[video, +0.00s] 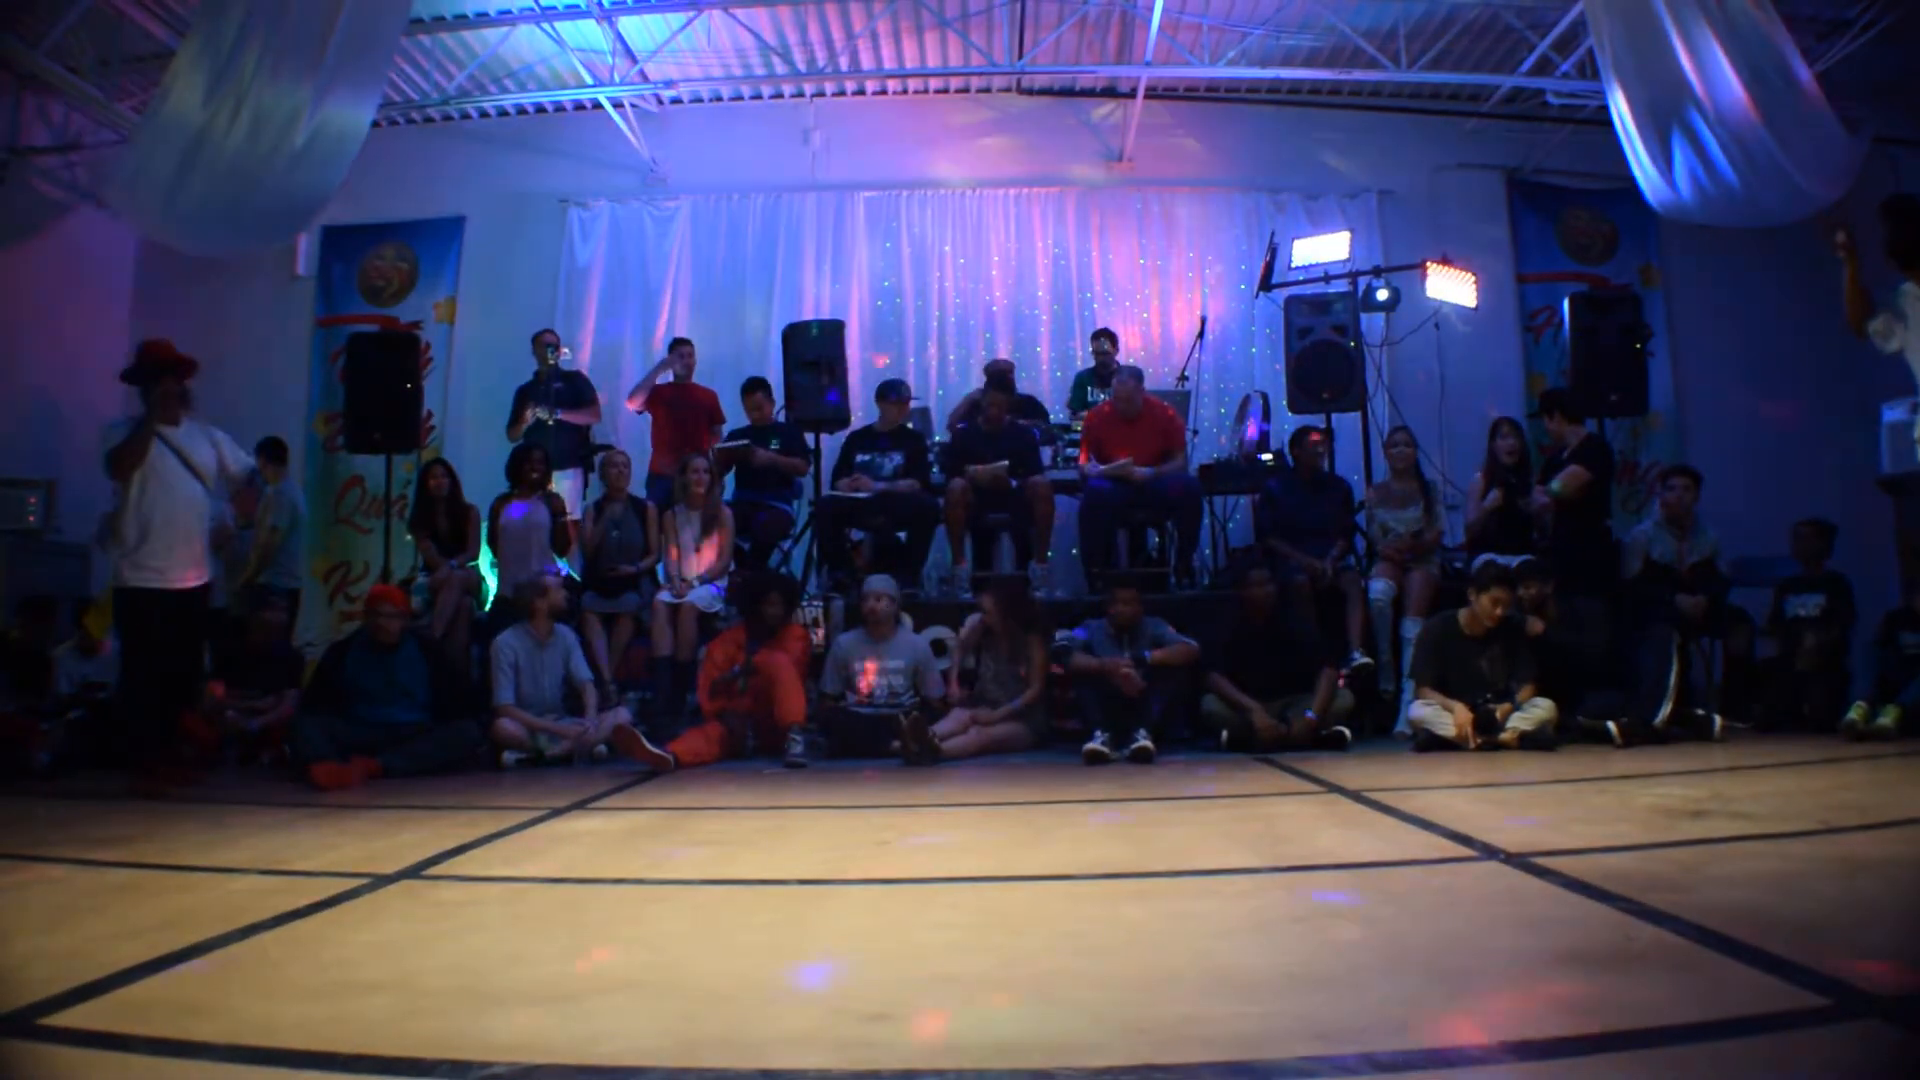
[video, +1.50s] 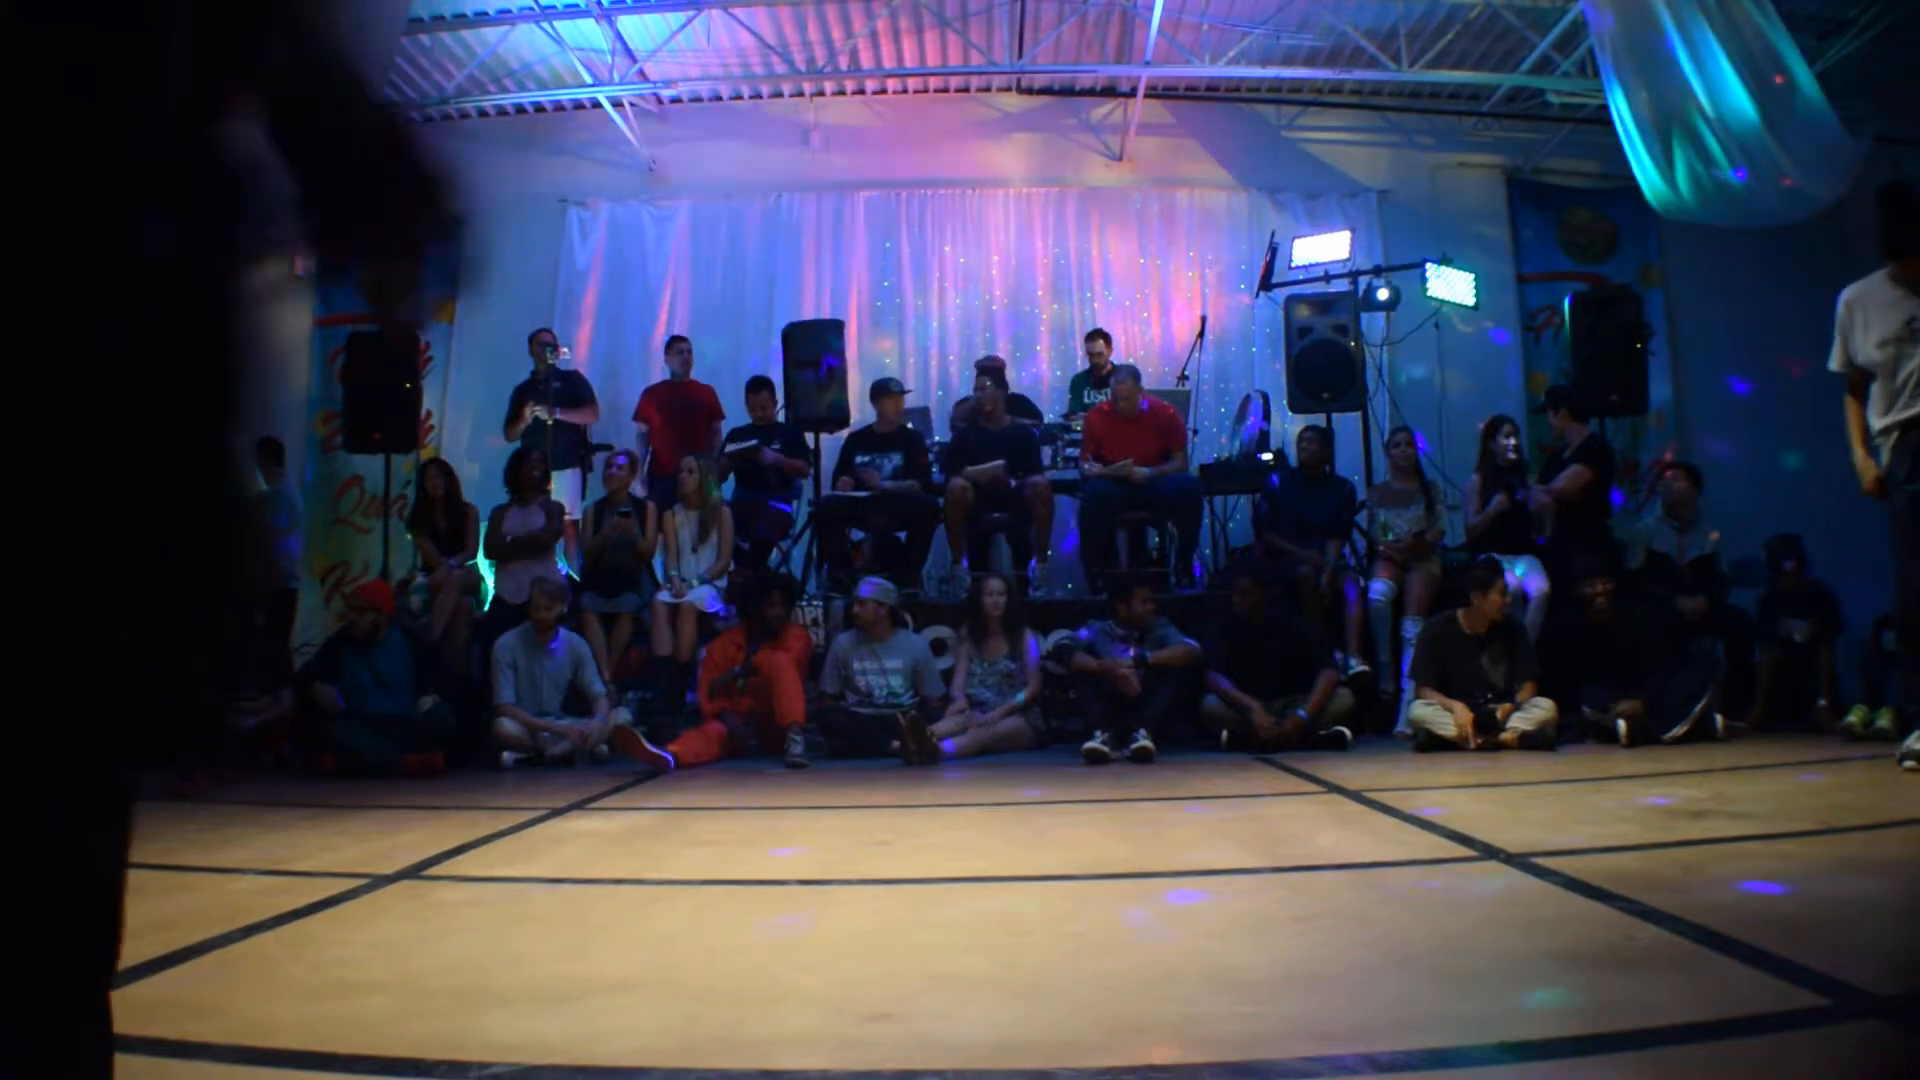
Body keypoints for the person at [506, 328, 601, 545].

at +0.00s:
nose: (550, 351)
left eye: (554, 347)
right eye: (544, 347)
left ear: (560, 351)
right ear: (534, 352)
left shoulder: (576, 380)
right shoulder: (526, 390)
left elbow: (594, 415)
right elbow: (512, 435)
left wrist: (557, 414)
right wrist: (526, 421)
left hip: (570, 464)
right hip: (537, 466)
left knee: (569, 525)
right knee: (535, 524)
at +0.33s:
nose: (548, 351)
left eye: (552, 346)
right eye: (543, 346)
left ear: (559, 351)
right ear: (532, 351)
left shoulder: (574, 380)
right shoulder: (523, 390)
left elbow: (592, 414)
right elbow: (510, 435)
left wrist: (556, 414)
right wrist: (524, 421)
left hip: (569, 465)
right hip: (536, 467)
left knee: (569, 525)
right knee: (535, 524)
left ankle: (570, 577)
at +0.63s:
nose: (549, 351)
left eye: (554, 347)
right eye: (544, 347)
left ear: (560, 352)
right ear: (533, 352)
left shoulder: (575, 380)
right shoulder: (524, 390)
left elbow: (593, 416)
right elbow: (511, 436)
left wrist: (557, 415)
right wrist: (525, 422)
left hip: (569, 465)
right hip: (536, 468)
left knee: (569, 524)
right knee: (535, 524)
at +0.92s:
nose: (548, 350)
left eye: (552, 346)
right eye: (542, 346)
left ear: (559, 351)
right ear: (531, 351)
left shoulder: (573, 379)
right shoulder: (522, 390)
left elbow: (592, 415)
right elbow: (510, 434)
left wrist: (556, 413)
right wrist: (524, 420)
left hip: (568, 463)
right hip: (535, 465)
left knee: (569, 524)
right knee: (535, 522)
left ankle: (573, 576)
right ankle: (538, 577)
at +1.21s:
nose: (548, 350)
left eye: (552, 346)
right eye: (542, 346)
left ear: (558, 350)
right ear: (531, 350)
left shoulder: (573, 380)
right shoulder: (522, 389)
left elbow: (592, 415)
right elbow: (509, 435)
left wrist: (556, 414)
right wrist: (524, 420)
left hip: (568, 463)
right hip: (534, 465)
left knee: (568, 525)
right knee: (535, 524)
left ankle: (571, 579)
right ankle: (537, 580)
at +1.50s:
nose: (548, 350)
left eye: (552, 346)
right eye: (542, 346)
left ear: (559, 350)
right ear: (531, 351)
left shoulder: (573, 379)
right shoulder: (522, 389)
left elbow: (592, 414)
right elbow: (510, 434)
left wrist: (556, 413)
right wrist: (524, 420)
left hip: (568, 463)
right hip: (535, 465)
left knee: (569, 524)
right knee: (534, 522)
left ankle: (572, 577)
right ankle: (537, 580)